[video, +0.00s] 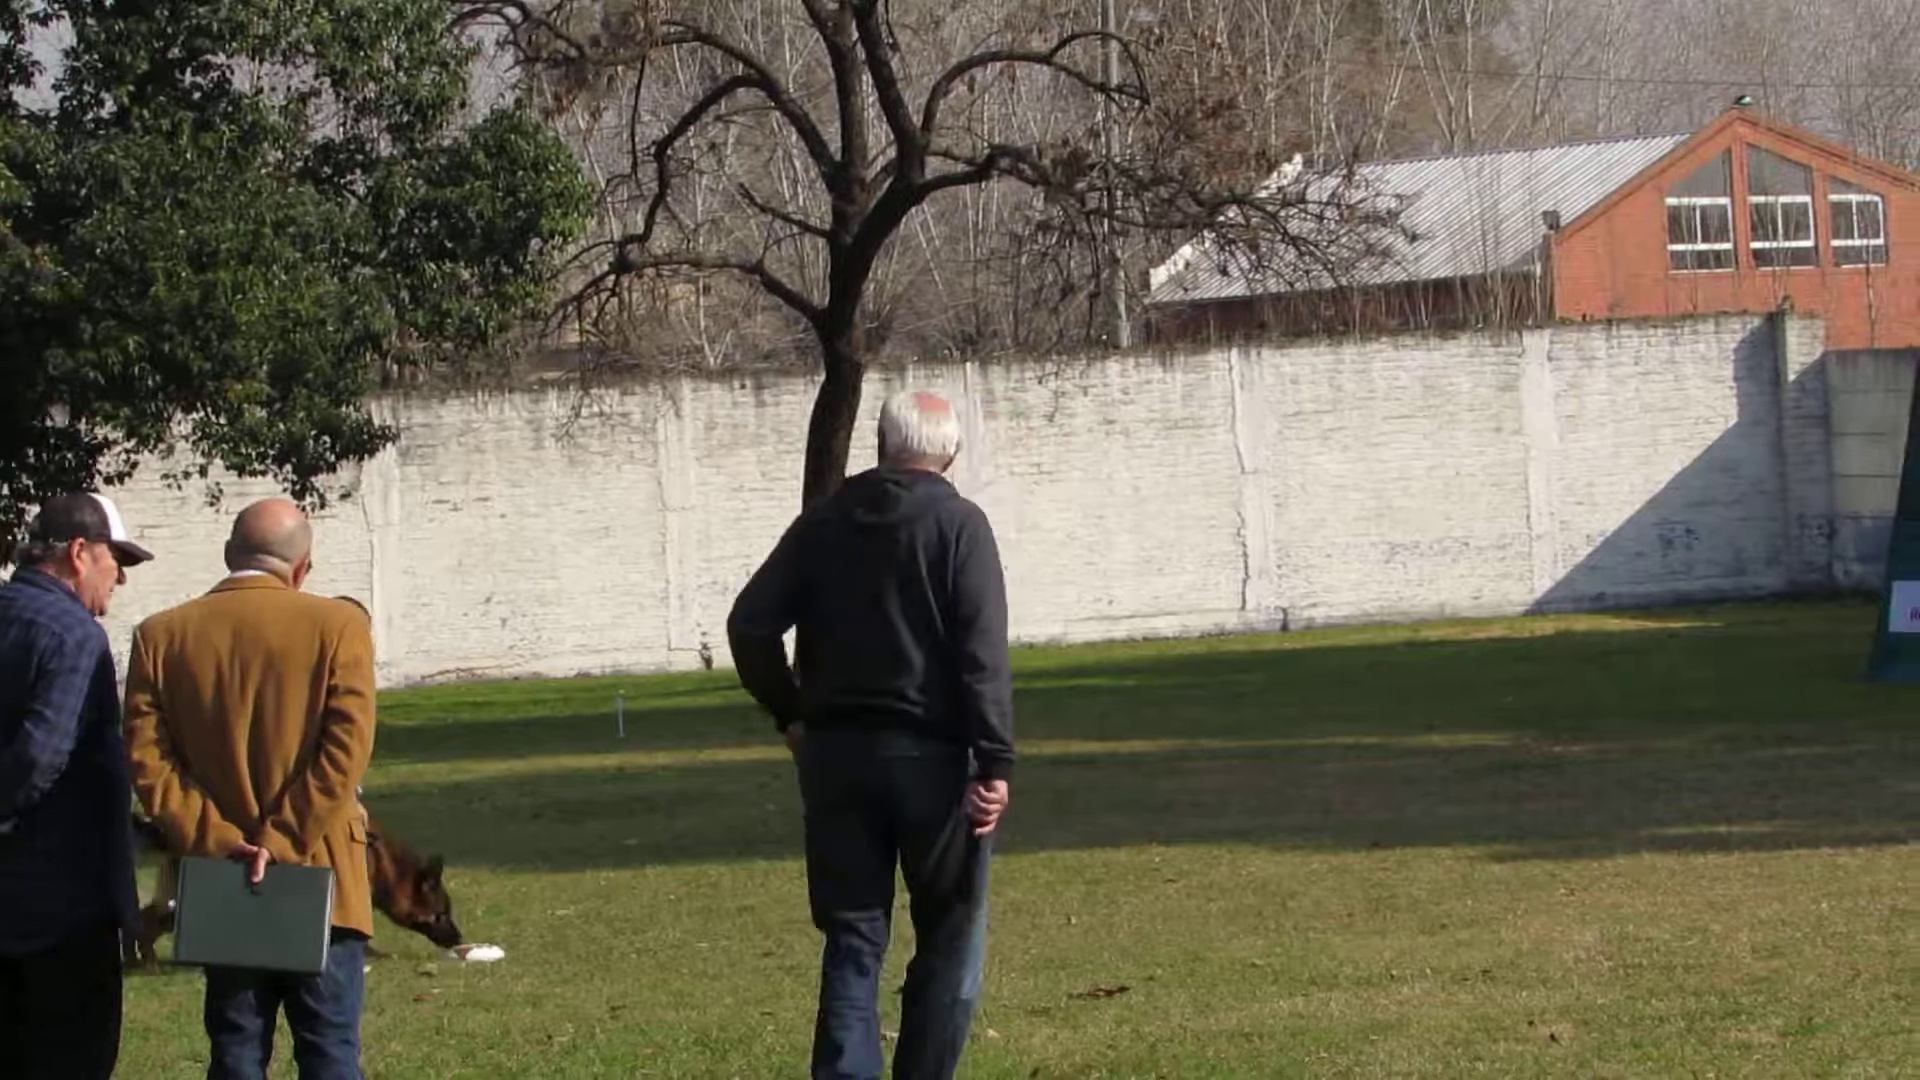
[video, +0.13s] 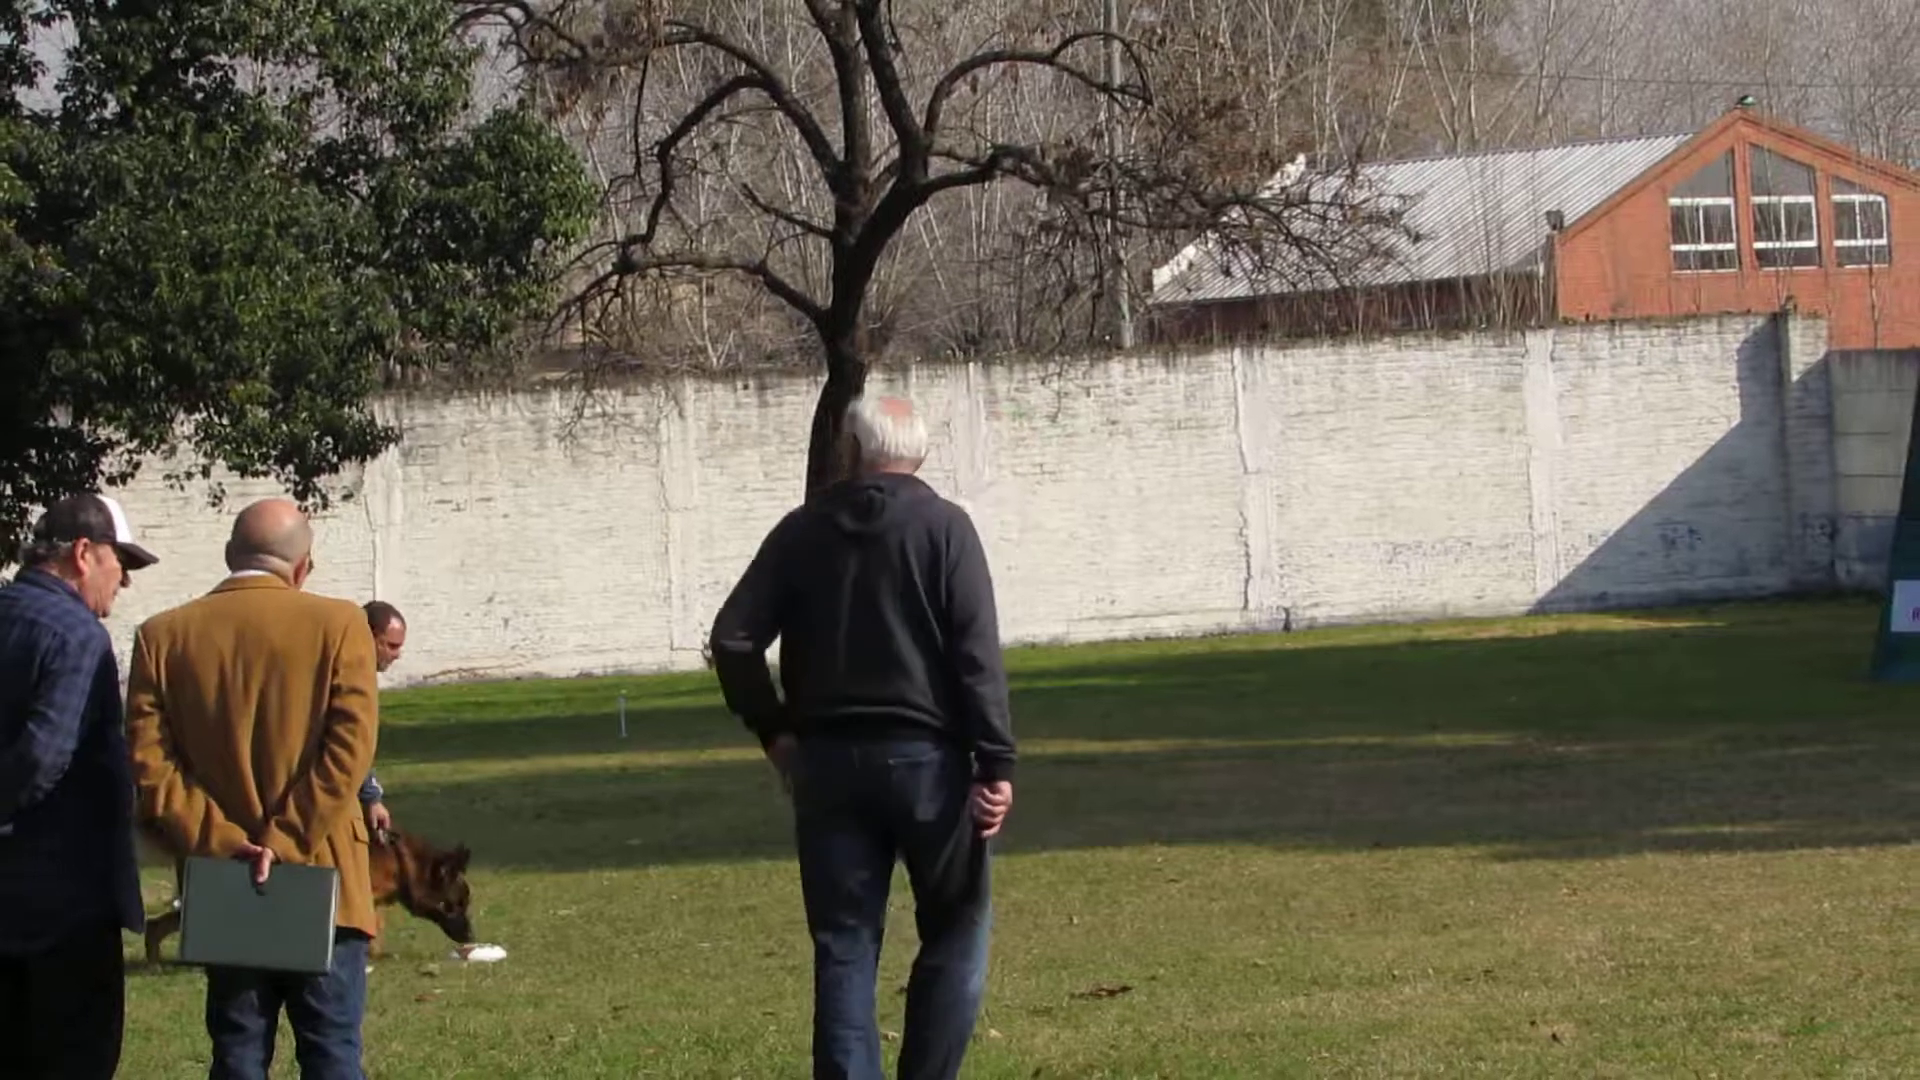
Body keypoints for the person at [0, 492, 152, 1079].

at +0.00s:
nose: (120, 578)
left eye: (122, 565)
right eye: (116, 561)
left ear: (59, 553)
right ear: (78, 554)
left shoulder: (13, 608)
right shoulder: (71, 630)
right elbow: (39, 756)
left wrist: (125, 905)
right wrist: (8, 814)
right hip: (61, 900)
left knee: (26, 1048)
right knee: (75, 1055)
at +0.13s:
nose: (124, 582)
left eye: (126, 568)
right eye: (121, 564)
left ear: (62, 553)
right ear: (82, 554)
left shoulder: (12, 607)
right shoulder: (74, 631)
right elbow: (42, 755)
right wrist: (6, 812)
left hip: (18, 888)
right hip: (64, 893)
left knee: (23, 1043)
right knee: (80, 1052)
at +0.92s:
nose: (131, 582)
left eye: (133, 569)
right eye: (126, 565)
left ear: (66, 555)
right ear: (87, 557)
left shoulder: (13, 610)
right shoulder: (82, 634)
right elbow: (47, 749)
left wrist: (19, 812)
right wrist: (11, 817)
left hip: (18, 887)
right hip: (69, 895)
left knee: (25, 1047)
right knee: (84, 1056)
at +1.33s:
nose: (103, 527)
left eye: (104, 513)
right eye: (97, 511)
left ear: (50, 505)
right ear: (60, 504)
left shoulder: (15, 557)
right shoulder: (55, 574)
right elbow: (31, 680)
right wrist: (87, 760)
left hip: (18, 832)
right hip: (47, 843)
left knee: (27, 1003)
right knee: (64, 1006)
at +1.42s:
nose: (98, 492)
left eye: (100, 479)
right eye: (93, 476)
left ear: (47, 472)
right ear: (54, 470)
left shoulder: (20, 527)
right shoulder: (47, 540)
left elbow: (35, 655)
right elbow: (35, 655)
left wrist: (97, 709)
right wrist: (98, 713)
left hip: (28, 802)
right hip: (43, 809)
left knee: (41, 975)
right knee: (53, 982)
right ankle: (46, 1066)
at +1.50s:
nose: (98, 446)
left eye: (99, 433)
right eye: (91, 431)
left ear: (45, 428)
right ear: (53, 426)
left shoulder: (27, 489)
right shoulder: (44, 499)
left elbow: (46, 617)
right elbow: (45, 619)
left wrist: (112, 656)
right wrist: (116, 659)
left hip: (32, 751)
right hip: (43, 758)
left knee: (46, 911)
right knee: (54, 917)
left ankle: (36, 1050)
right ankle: (41, 1055)